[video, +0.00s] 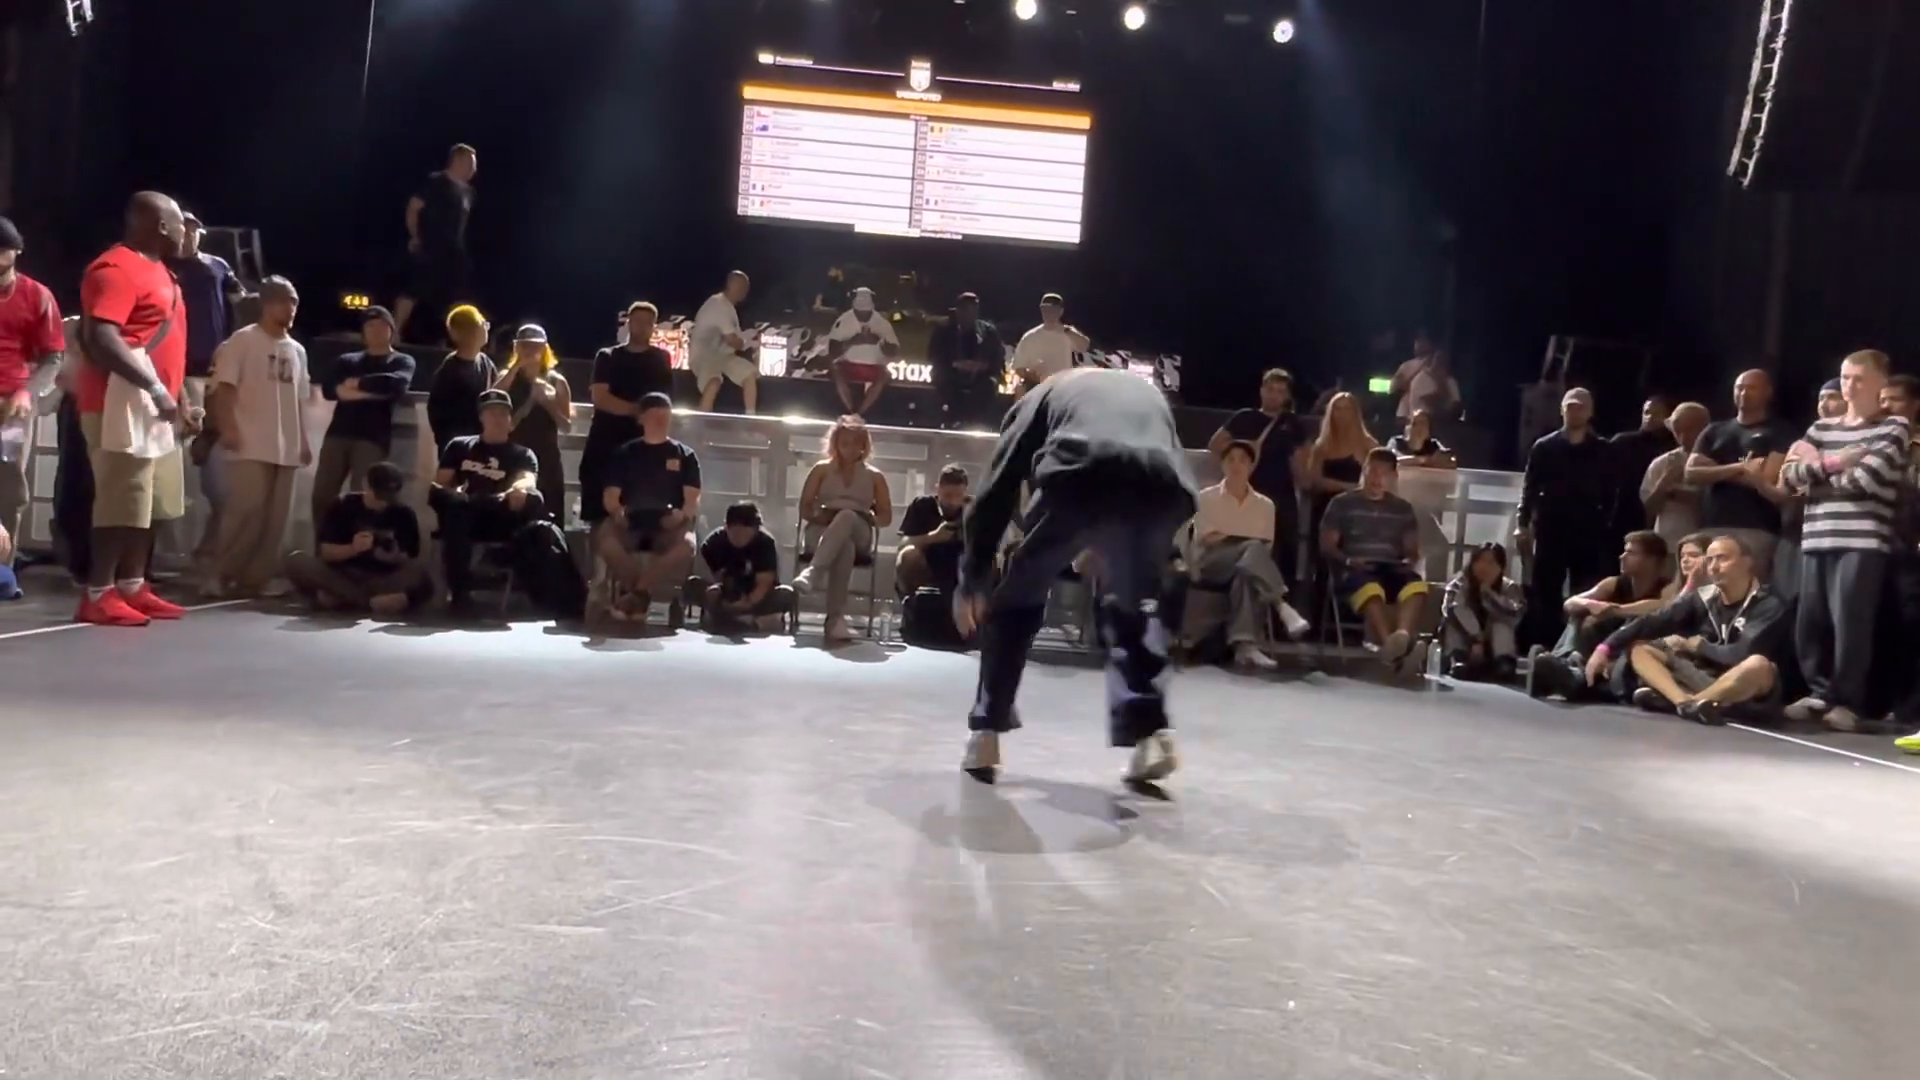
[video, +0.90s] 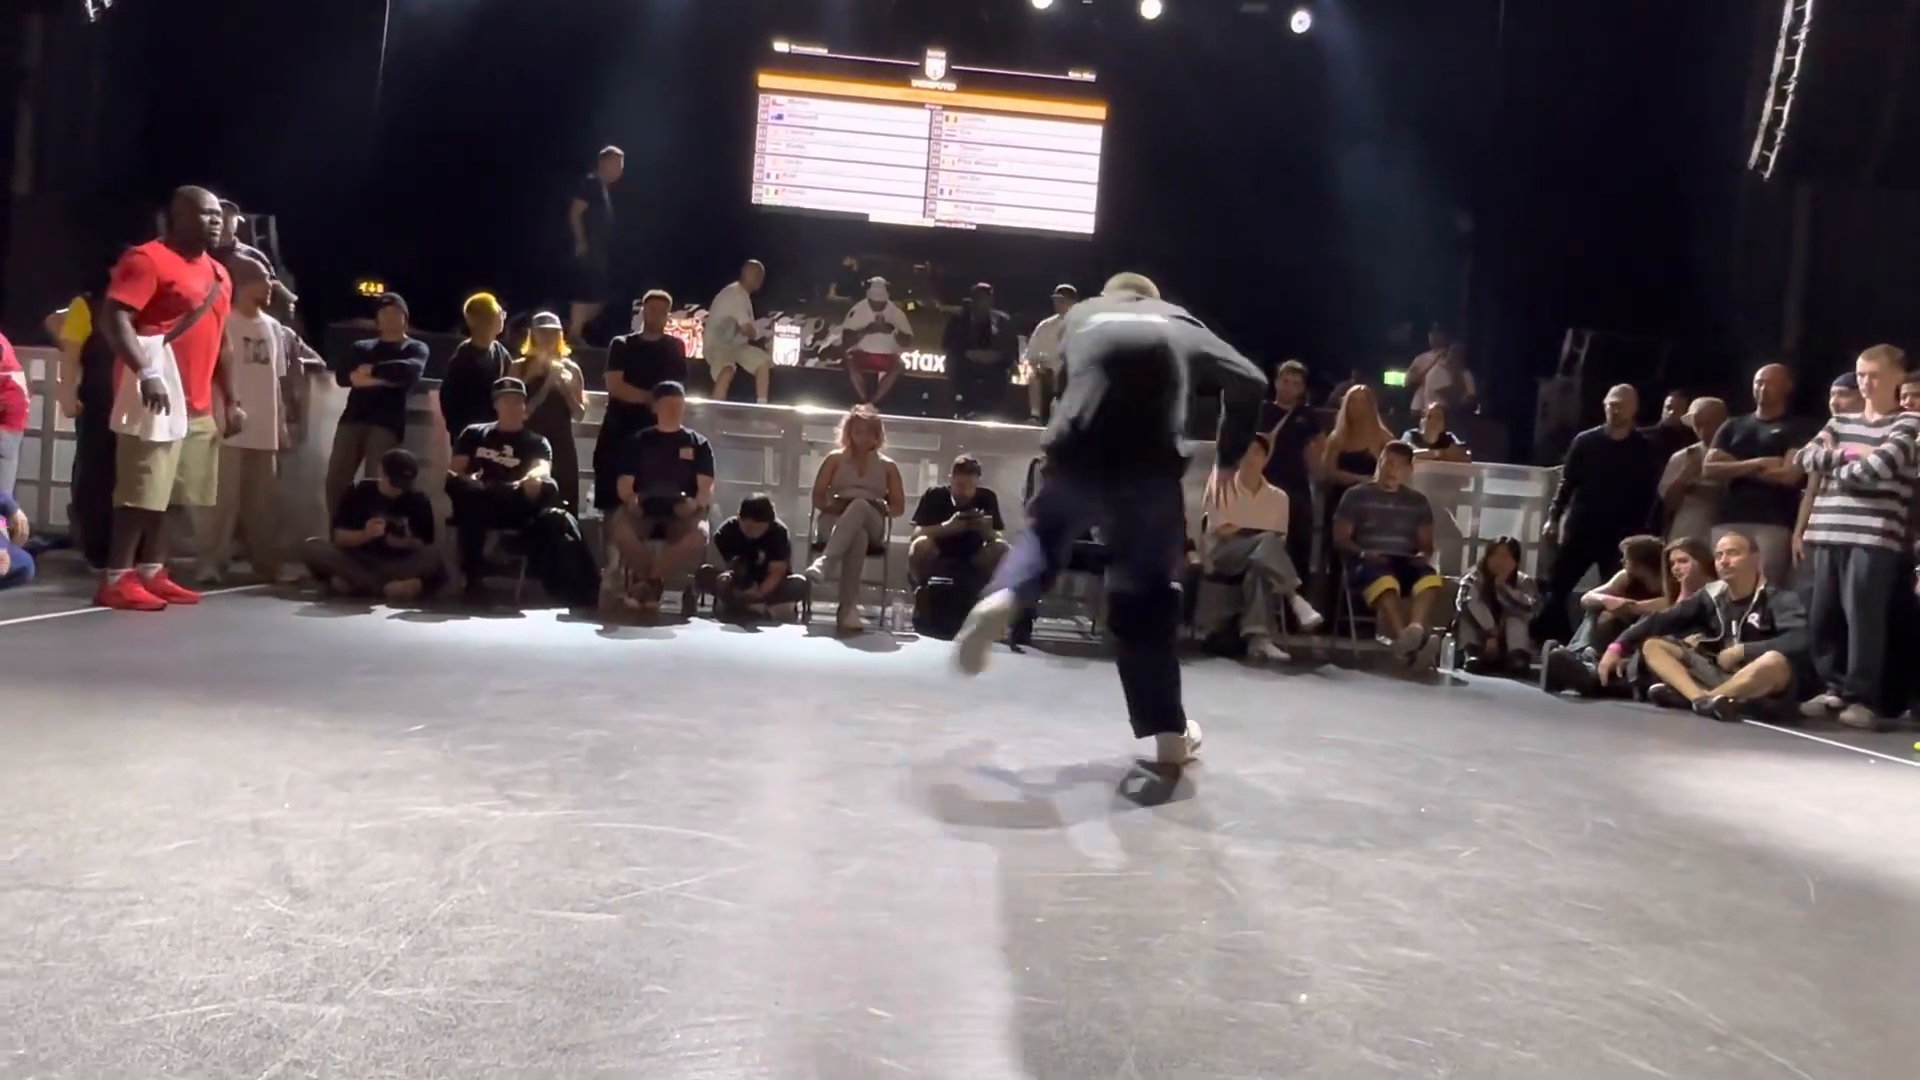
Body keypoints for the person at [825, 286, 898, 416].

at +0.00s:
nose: (864, 314)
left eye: (867, 311)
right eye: (860, 311)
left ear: (872, 308)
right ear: (854, 308)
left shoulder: (882, 322)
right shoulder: (844, 320)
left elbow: (893, 352)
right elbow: (833, 350)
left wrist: (878, 340)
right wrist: (854, 340)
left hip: (874, 366)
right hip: (848, 364)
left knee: (884, 376)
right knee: (836, 370)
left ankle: (860, 412)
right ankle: (851, 411)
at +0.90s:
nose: (877, 305)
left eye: (881, 302)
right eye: (874, 302)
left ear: (886, 299)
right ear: (868, 298)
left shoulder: (896, 313)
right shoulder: (857, 310)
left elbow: (907, 342)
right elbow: (845, 341)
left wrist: (893, 331)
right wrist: (867, 330)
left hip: (888, 356)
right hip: (862, 354)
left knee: (898, 366)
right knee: (850, 362)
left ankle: (874, 402)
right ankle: (864, 400)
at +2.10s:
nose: (889, 296)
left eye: (892, 293)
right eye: (886, 293)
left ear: (897, 288)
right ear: (880, 288)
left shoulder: (907, 302)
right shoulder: (869, 300)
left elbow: (919, 331)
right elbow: (857, 330)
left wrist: (903, 320)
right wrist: (880, 320)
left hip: (899, 345)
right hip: (873, 343)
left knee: (910, 356)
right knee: (862, 350)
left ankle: (885, 392)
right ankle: (875, 391)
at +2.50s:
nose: (890, 295)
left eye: (893, 292)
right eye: (886, 291)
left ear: (899, 288)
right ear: (880, 288)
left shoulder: (908, 302)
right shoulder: (870, 300)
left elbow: (920, 331)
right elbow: (858, 329)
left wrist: (905, 321)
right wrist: (880, 320)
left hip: (900, 346)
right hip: (874, 344)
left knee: (910, 356)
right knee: (864, 354)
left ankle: (886, 391)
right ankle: (877, 391)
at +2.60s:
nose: (890, 295)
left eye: (894, 292)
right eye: (887, 291)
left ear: (899, 289)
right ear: (881, 288)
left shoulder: (908, 302)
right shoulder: (870, 299)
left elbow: (920, 330)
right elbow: (858, 327)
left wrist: (904, 320)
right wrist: (880, 319)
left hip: (901, 345)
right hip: (874, 343)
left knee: (909, 358)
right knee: (864, 356)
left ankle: (885, 391)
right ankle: (876, 390)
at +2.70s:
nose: (890, 295)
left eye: (893, 292)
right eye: (886, 292)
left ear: (899, 288)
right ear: (880, 288)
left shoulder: (908, 303)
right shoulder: (869, 300)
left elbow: (921, 332)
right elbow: (857, 331)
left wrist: (904, 321)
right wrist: (879, 320)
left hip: (900, 345)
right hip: (874, 344)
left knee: (909, 357)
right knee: (863, 353)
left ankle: (885, 392)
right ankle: (876, 391)